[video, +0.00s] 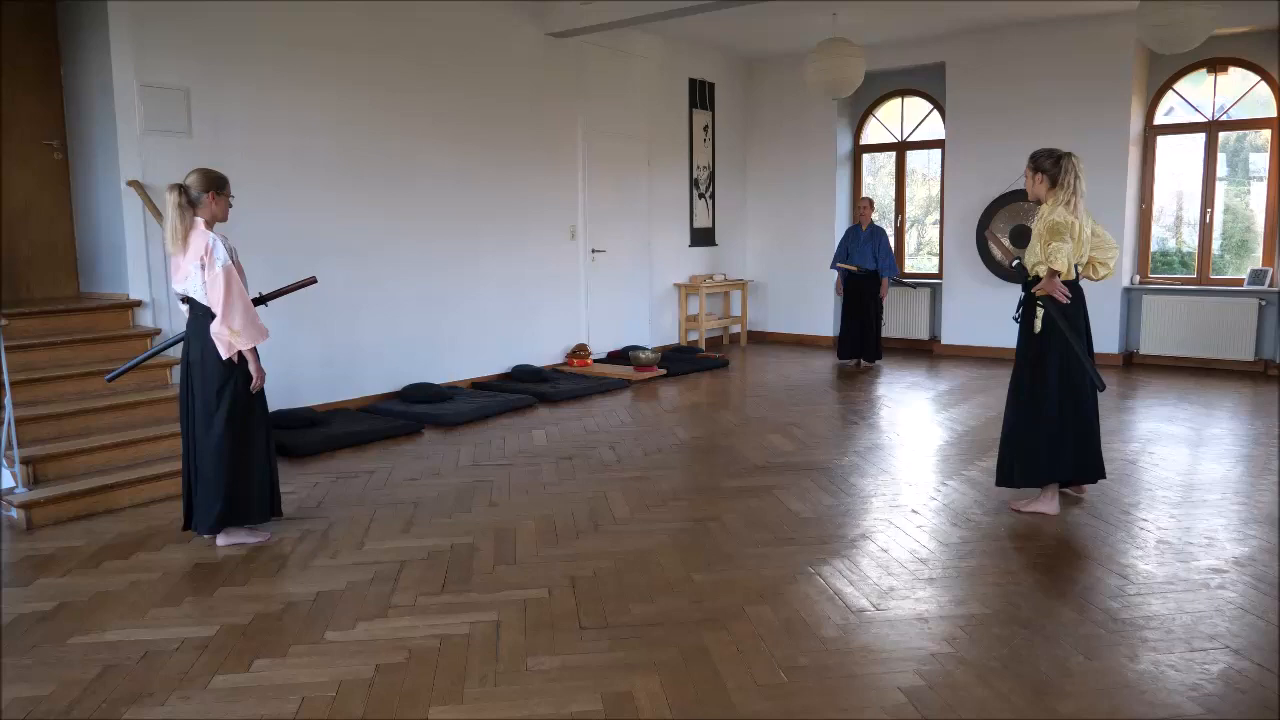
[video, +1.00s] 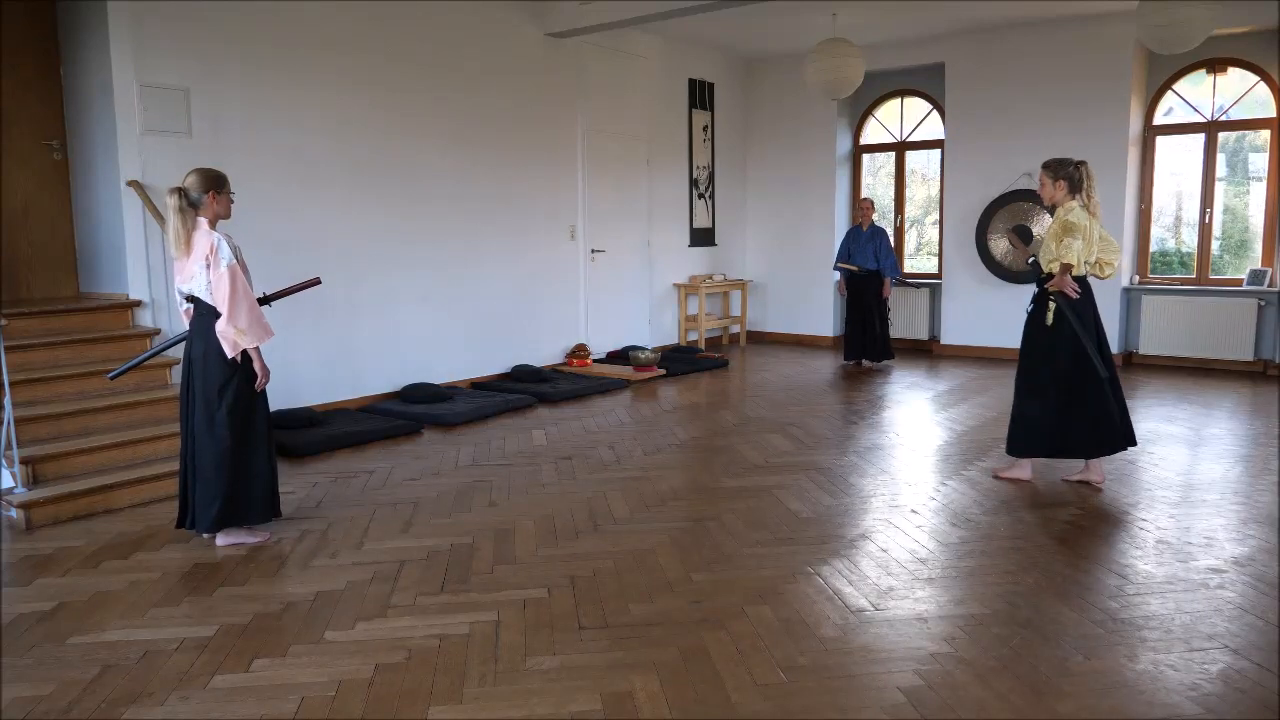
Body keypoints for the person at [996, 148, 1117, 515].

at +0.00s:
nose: (1025, 185)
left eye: (1027, 178)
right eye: (1025, 178)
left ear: (1041, 178)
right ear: (1059, 179)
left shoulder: (1050, 215)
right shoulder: (1078, 215)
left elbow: (1057, 256)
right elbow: (1105, 254)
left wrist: (1048, 280)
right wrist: (1074, 271)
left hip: (1048, 314)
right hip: (1073, 311)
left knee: (1046, 397)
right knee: (1072, 394)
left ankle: (1048, 495)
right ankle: (1076, 477)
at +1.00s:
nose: (1038, 190)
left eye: (1042, 184)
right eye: (1038, 184)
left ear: (1061, 185)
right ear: (1068, 187)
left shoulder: (1068, 214)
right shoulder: (1086, 216)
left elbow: (1070, 246)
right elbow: (1109, 256)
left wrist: (1062, 275)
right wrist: (1085, 271)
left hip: (1053, 304)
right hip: (1079, 303)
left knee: (1033, 379)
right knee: (1083, 381)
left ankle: (1024, 463)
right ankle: (1094, 467)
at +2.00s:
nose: (1023, 183)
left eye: (1027, 178)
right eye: (1024, 177)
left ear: (1042, 182)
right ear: (1047, 183)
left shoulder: (1037, 216)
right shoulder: (1053, 214)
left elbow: (1025, 268)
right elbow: (1026, 257)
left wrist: (1004, 309)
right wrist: (996, 245)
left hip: (1030, 302)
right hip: (1041, 298)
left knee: (1027, 375)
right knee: (1029, 375)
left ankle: (1026, 458)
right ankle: (1019, 453)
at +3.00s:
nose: (1013, 184)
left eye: (1016, 178)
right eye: (1014, 178)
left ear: (1032, 182)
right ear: (1036, 182)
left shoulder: (1032, 217)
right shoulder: (1050, 213)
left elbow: (1021, 267)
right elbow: (1019, 255)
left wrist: (1002, 308)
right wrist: (987, 243)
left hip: (1028, 301)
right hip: (1042, 298)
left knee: (1025, 375)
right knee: (1034, 375)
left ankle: (1025, 459)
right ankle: (1026, 455)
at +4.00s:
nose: (1008, 185)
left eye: (1012, 180)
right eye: (1009, 179)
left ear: (1027, 183)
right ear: (1032, 183)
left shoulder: (1029, 218)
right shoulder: (1045, 215)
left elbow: (1017, 268)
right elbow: (1013, 257)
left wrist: (998, 308)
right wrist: (983, 243)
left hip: (1024, 302)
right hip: (1038, 299)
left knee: (1022, 376)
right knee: (1029, 376)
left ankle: (1023, 459)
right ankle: (1023, 455)